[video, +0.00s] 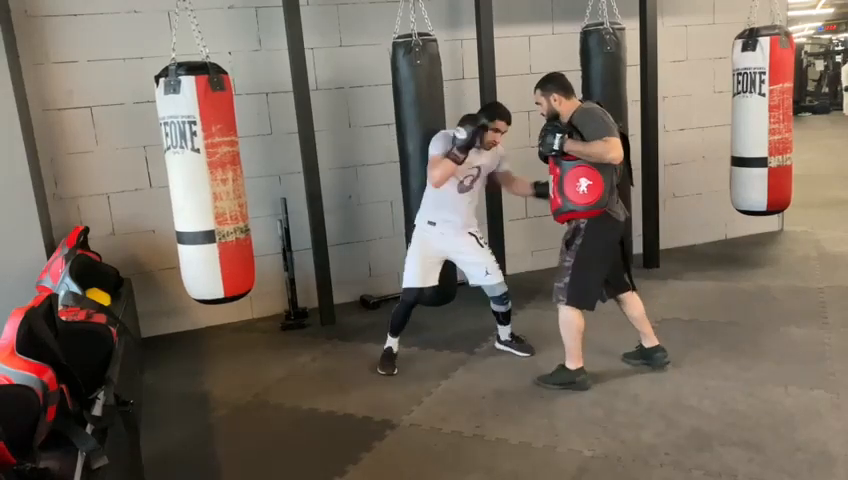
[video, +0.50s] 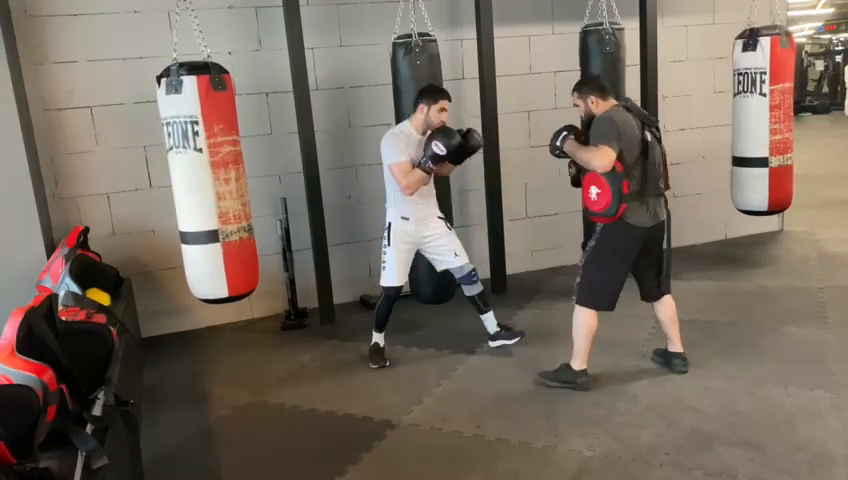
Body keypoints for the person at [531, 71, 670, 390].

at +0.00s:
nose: (540, 111)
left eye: (540, 103)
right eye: (538, 104)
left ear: (554, 98)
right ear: (560, 97)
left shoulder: (588, 114)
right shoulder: (576, 123)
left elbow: (614, 152)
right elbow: (582, 178)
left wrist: (566, 144)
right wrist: (537, 189)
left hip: (594, 220)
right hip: (605, 218)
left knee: (568, 293)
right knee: (619, 285)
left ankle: (573, 368)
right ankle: (652, 346)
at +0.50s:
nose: (580, 112)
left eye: (580, 106)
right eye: (577, 106)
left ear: (592, 100)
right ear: (605, 95)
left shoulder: (607, 120)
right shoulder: (635, 114)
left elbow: (601, 161)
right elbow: (633, 162)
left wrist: (569, 144)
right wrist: (586, 161)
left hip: (622, 223)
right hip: (654, 219)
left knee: (588, 294)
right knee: (658, 288)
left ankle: (577, 368)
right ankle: (676, 353)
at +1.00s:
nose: (577, 108)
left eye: (577, 101)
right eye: (575, 102)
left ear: (591, 96)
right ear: (602, 93)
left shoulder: (606, 119)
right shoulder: (634, 111)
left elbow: (613, 161)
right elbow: (663, 147)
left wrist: (578, 150)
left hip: (615, 222)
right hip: (646, 220)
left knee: (583, 288)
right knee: (652, 285)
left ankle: (570, 358)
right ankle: (674, 352)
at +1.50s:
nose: (550, 109)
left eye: (550, 102)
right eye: (549, 103)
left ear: (561, 97)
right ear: (578, 92)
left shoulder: (570, 123)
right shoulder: (616, 109)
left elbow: (568, 170)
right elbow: (648, 144)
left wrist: (547, 156)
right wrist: (613, 146)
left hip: (592, 222)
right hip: (628, 217)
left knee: (568, 288)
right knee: (641, 277)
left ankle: (569, 359)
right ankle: (668, 340)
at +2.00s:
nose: (594, 101)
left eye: (594, 95)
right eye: (591, 96)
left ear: (609, 90)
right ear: (624, 87)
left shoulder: (619, 115)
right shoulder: (653, 107)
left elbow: (620, 158)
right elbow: (679, 147)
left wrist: (587, 144)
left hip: (629, 222)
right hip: (661, 221)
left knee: (593, 286)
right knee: (666, 289)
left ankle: (578, 357)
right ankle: (683, 357)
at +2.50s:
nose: (576, 104)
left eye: (577, 97)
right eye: (575, 97)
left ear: (592, 94)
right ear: (605, 91)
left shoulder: (600, 119)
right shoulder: (636, 112)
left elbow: (601, 164)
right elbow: (661, 154)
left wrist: (572, 149)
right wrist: (621, 148)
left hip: (607, 225)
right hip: (642, 223)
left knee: (572, 290)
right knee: (655, 287)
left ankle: (573, 359)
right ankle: (680, 355)